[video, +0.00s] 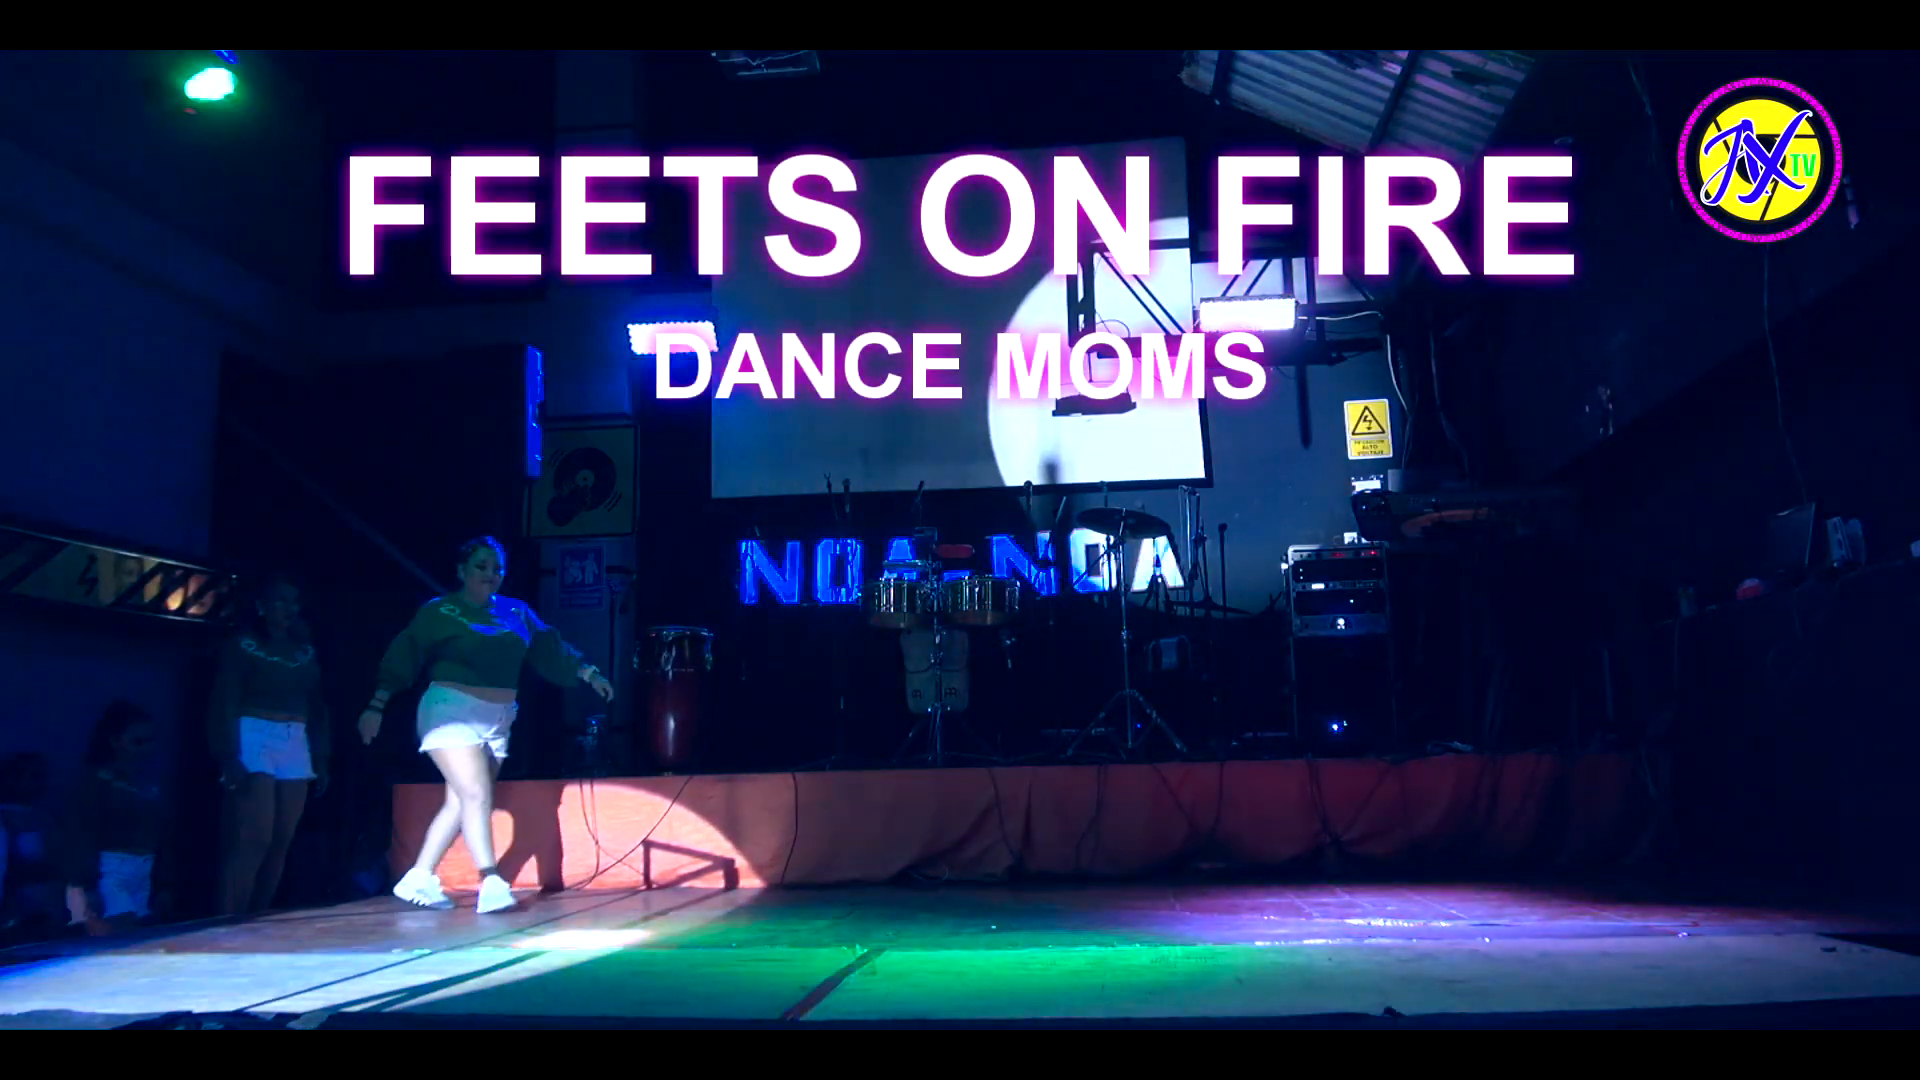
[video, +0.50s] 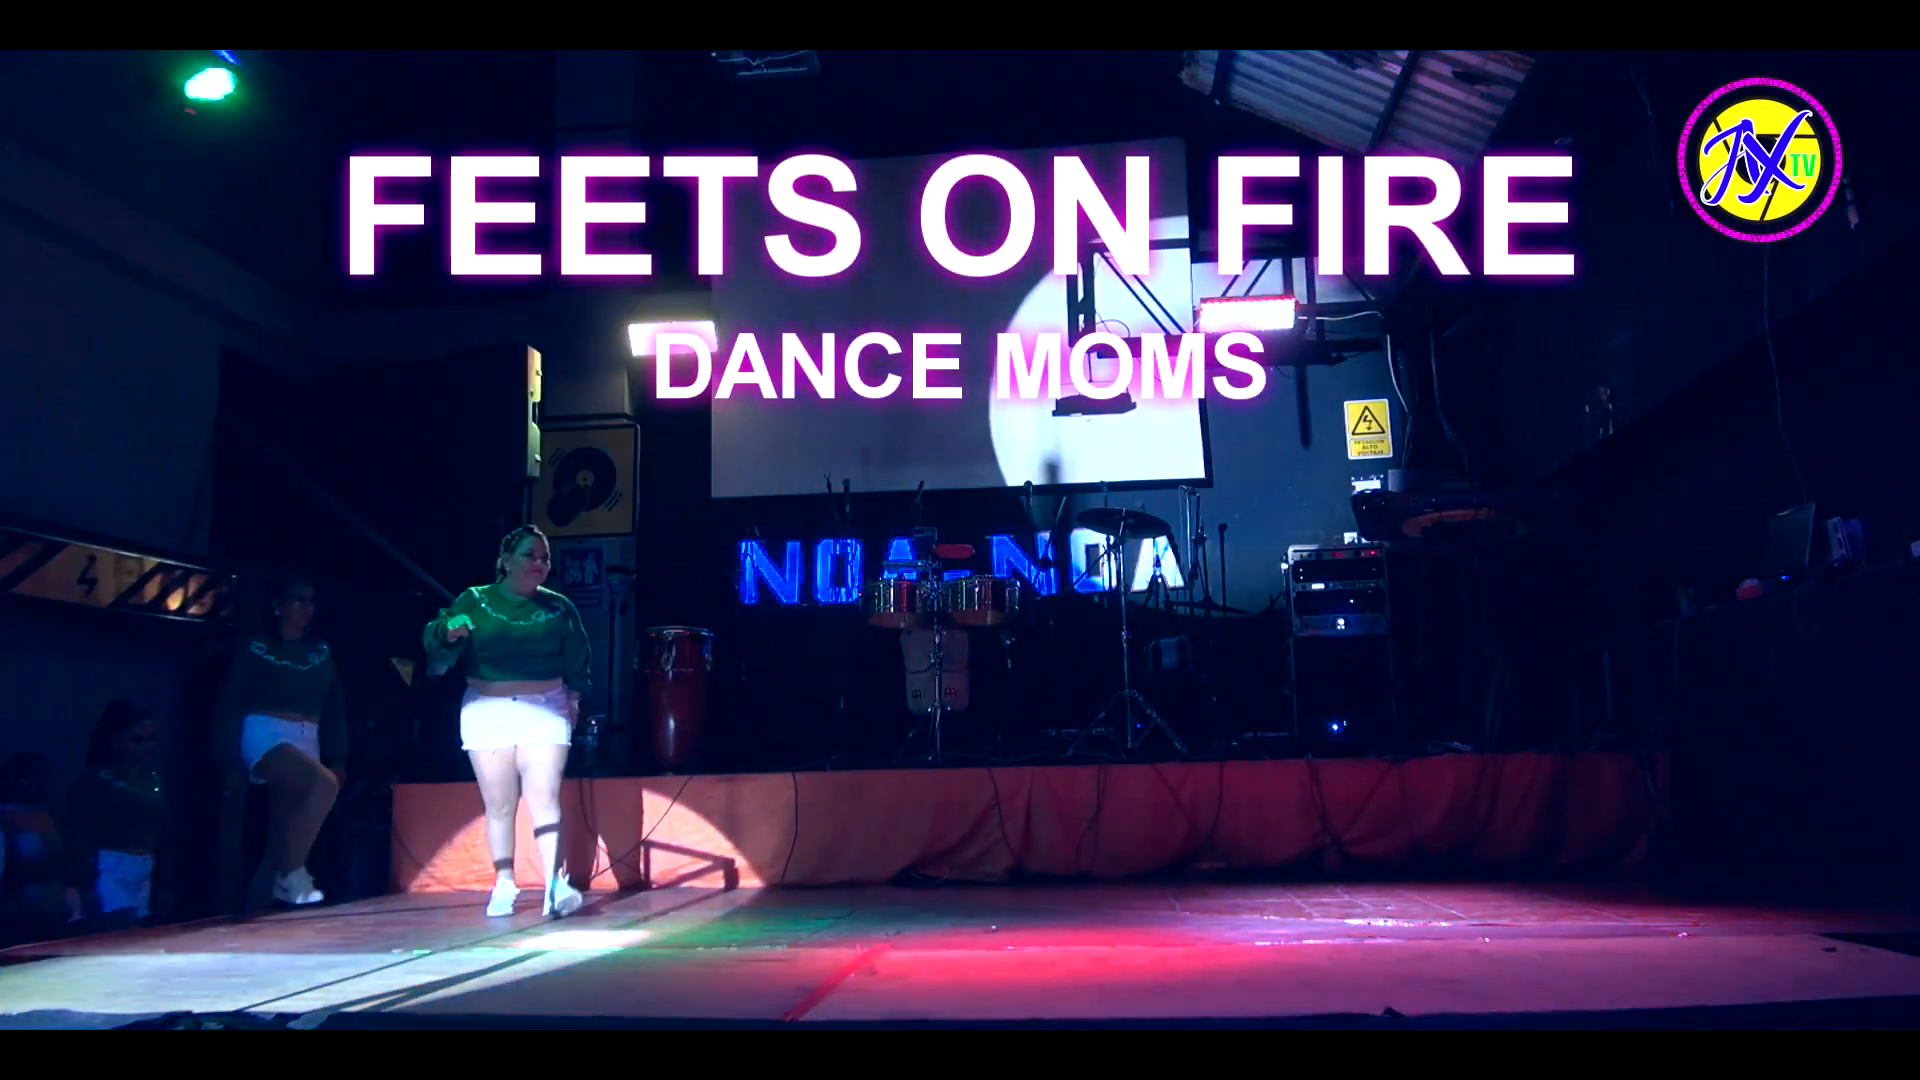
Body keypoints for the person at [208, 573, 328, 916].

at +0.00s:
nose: (286, 610)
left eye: (291, 603)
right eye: (279, 602)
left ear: (298, 608)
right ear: (263, 605)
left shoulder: (304, 651)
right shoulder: (245, 644)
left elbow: (315, 706)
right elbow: (226, 699)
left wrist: (318, 756)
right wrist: (228, 754)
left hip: (296, 735)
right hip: (255, 732)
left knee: (283, 835)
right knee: (257, 832)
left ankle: (260, 915)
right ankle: (232, 915)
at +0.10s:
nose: (292, 609)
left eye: (296, 603)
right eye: (284, 602)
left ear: (302, 609)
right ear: (264, 607)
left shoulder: (308, 652)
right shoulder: (248, 647)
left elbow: (320, 710)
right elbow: (229, 701)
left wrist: (323, 761)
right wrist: (229, 753)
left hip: (299, 736)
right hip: (258, 734)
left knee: (286, 837)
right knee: (272, 831)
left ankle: (260, 918)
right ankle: (239, 914)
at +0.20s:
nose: (295, 610)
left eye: (299, 603)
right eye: (288, 602)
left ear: (304, 609)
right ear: (269, 606)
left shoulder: (310, 652)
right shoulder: (249, 647)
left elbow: (322, 708)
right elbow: (228, 699)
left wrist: (324, 760)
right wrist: (227, 750)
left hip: (300, 736)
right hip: (258, 733)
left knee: (293, 822)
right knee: (288, 813)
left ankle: (263, 906)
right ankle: (244, 894)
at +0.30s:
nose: (295, 611)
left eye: (299, 604)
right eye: (288, 603)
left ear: (304, 611)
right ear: (271, 607)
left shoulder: (312, 653)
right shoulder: (251, 647)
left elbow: (325, 707)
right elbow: (230, 698)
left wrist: (327, 757)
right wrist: (226, 751)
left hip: (302, 735)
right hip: (260, 731)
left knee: (293, 813)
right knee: (305, 802)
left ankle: (268, 895)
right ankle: (252, 874)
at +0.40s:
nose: (298, 610)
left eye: (303, 604)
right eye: (292, 602)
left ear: (308, 610)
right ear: (275, 606)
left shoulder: (316, 653)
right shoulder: (252, 647)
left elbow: (328, 706)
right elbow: (231, 697)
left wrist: (330, 753)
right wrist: (227, 746)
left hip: (304, 733)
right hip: (262, 729)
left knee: (287, 810)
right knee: (318, 789)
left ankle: (268, 869)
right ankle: (270, 865)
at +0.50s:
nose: (305, 610)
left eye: (309, 603)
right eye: (298, 602)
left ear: (313, 610)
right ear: (280, 606)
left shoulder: (320, 653)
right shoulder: (257, 647)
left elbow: (333, 710)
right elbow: (235, 699)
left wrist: (335, 758)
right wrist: (229, 750)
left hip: (308, 734)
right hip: (265, 730)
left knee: (288, 817)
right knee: (323, 783)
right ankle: (293, 873)